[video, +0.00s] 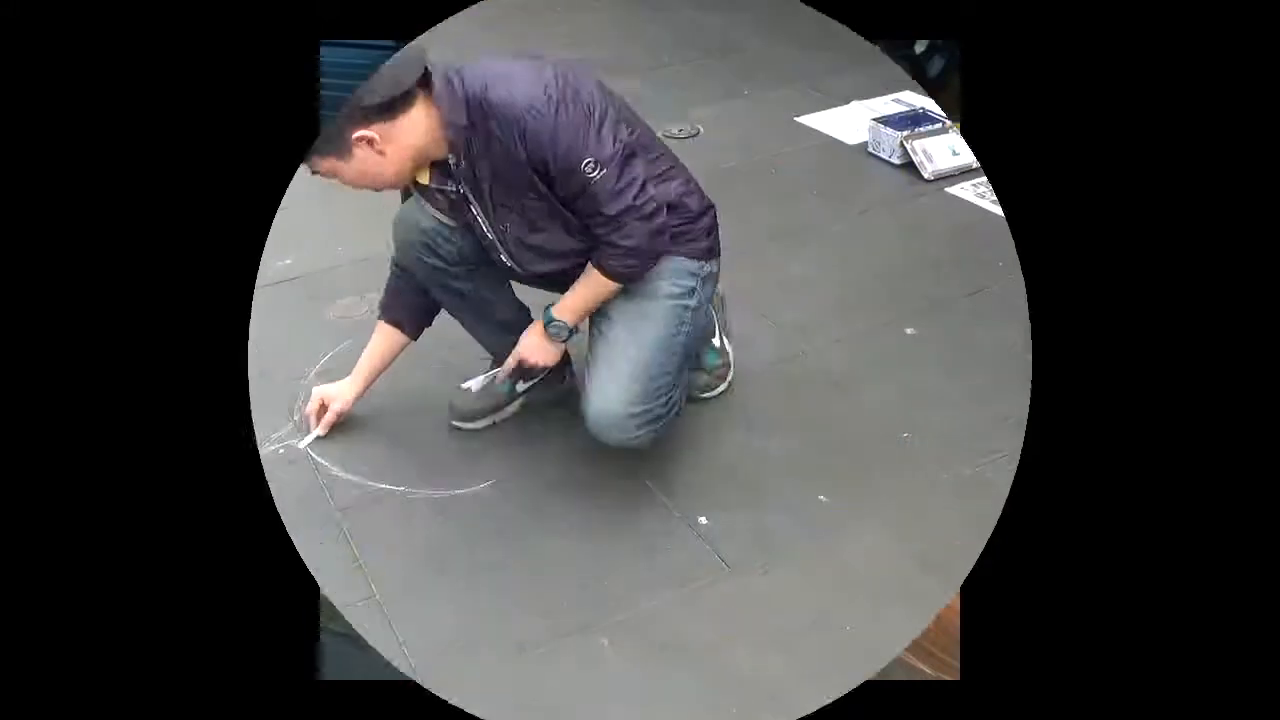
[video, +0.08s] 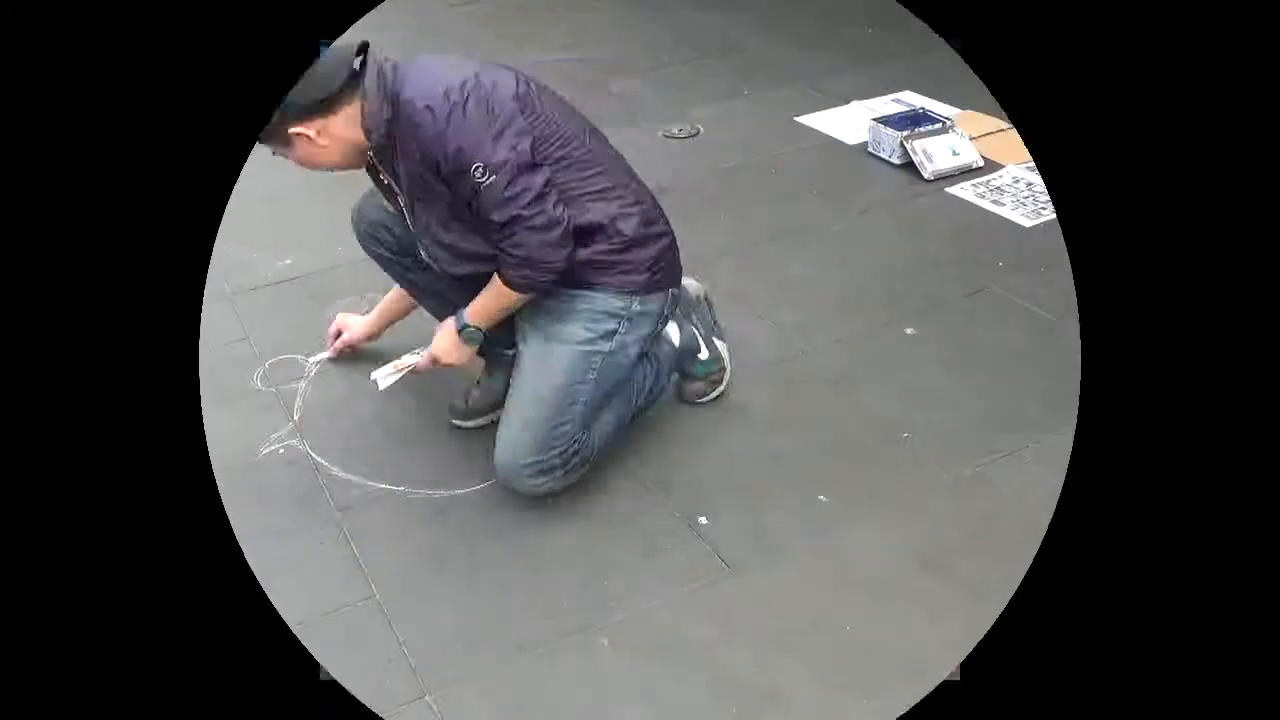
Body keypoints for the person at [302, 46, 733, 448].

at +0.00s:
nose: (352, 187)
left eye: (336, 174)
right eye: (335, 179)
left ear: (367, 143)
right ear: (369, 138)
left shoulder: (537, 107)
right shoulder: (427, 155)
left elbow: (640, 235)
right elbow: (417, 278)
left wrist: (554, 326)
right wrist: (353, 384)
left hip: (662, 247)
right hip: (568, 252)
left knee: (617, 422)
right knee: (421, 228)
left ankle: (698, 320)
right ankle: (529, 363)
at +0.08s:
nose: (301, 166)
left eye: (288, 154)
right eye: (288, 156)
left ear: (310, 133)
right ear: (319, 119)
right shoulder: (390, 127)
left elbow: (540, 249)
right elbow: (454, 241)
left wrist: (466, 328)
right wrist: (374, 321)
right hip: (528, 254)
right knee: (378, 225)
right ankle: (510, 356)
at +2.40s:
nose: (691, 124)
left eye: (686, 114)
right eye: (682, 117)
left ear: (719, 86)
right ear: (717, 80)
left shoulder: (841, 48)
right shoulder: (736, 65)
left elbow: (944, 129)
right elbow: (718, 162)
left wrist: (842, 186)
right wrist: (675, 236)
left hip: (925, 151)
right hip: (838, 153)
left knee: (895, 219)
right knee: (730, 146)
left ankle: (872, 256)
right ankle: (822, 232)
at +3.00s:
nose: (749, 135)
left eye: (745, 124)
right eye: (738, 126)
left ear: (782, 98)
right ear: (781, 94)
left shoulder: (928, 69)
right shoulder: (809, 100)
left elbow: (1010, 196)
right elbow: (777, 193)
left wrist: (904, 260)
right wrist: (731, 284)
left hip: (1027, 185)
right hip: (925, 191)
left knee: (1000, 293)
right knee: (790, 167)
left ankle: (1001, 320)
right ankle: (895, 293)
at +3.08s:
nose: (757, 136)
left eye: (754, 127)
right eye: (747, 129)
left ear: (793, 105)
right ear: (793, 100)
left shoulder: (937, 73)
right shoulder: (822, 95)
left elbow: (1019, 199)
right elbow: (767, 184)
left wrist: (912, 260)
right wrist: (688, 265)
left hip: (1034, 188)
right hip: (935, 191)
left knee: (1010, 299)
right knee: (799, 160)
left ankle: (1005, 320)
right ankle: (893, 294)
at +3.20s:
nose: (828, 149)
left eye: (830, 137)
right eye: (819, 141)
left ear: (879, 102)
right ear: (880, 99)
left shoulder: (1002, 78)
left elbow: (1079, 196)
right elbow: (820, 209)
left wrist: (971, 264)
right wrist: (804, 317)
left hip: (1034, 214)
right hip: (949, 210)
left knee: (1083, 297)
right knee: (838, 180)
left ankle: (1001, 297)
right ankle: (900, 298)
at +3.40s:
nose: (927, 133)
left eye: (927, 124)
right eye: (919, 126)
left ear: (978, 94)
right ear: (976, 90)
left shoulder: (1114, 86)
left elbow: (1181, 224)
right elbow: (927, 166)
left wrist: (1059, 288)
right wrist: (893, 269)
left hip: (1142, 217)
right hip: (1062, 194)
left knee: (1143, 350)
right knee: (944, 156)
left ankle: (1088, 298)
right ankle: (967, 311)